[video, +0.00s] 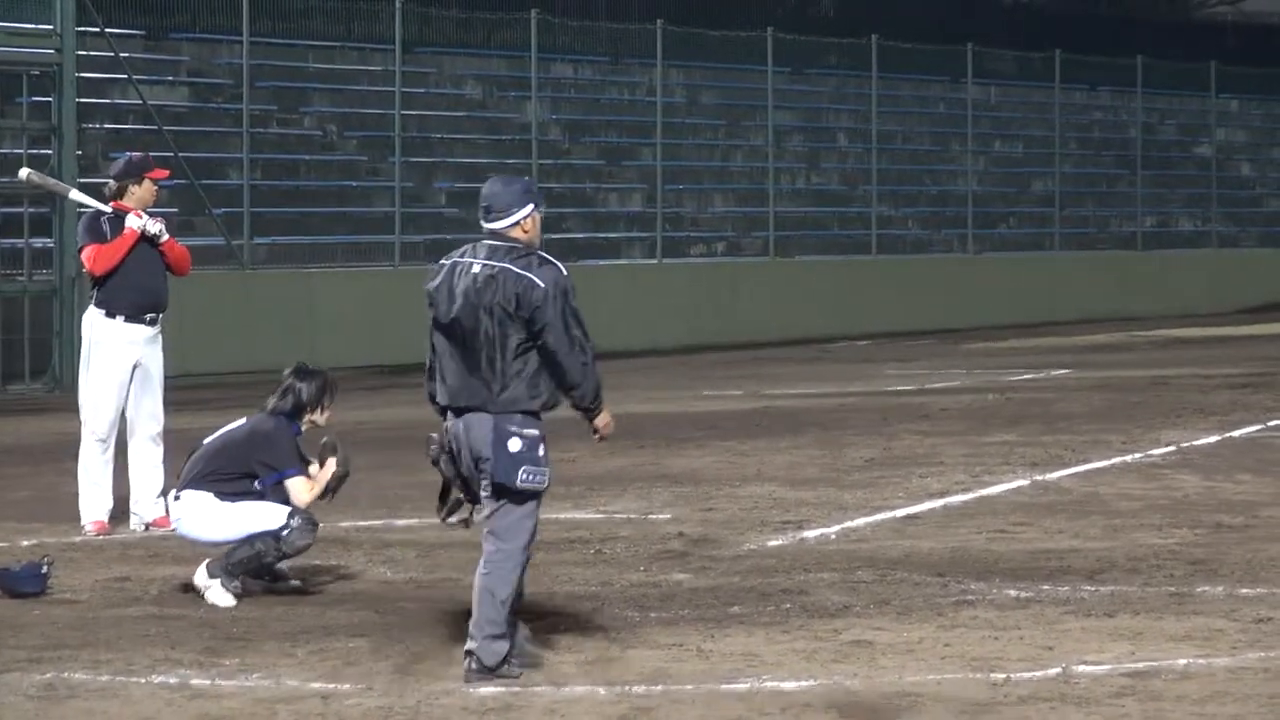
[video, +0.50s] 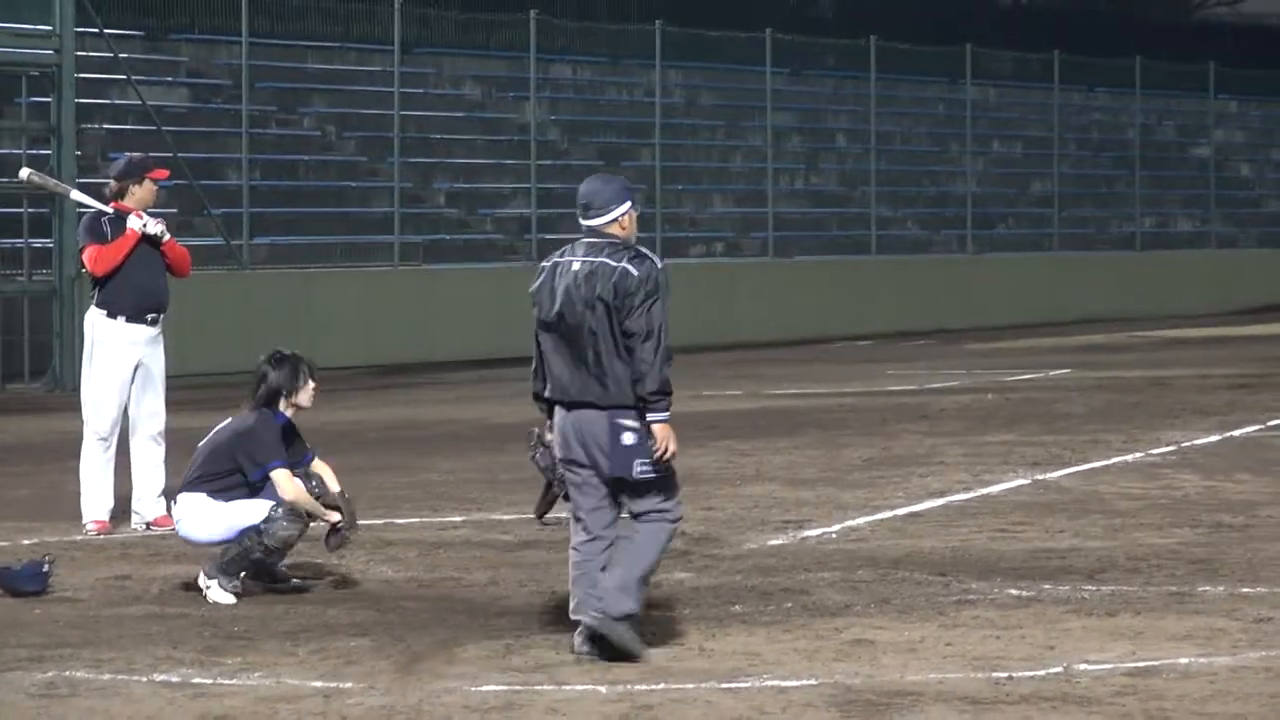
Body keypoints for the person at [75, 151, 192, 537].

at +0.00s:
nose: (156, 189)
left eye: (156, 183)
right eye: (151, 183)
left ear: (136, 186)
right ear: (131, 185)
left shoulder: (153, 225)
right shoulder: (97, 220)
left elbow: (184, 266)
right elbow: (96, 265)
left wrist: (163, 238)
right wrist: (132, 233)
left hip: (150, 333)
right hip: (109, 332)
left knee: (148, 426)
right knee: (100, 428)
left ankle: (149, 511)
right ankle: (95, 516)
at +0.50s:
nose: (156, 189)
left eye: (156, 184)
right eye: (152, 183)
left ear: (134, 187)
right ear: (131, 186)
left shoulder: (152, 226)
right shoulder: (98, 221)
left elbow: (183, 267)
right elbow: (97, 265)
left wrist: (164, 238)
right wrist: (133, 232)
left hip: (151, 333)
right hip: (111, 332)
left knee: (150, 426)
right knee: (102, 427)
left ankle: (150, 510)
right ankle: (96, 516)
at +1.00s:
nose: (159, 191)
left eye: (158, 185)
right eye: (153, 184)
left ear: (137, 188)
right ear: (132, 187)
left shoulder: (155, 227)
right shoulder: (99, 221)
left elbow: (184, 272)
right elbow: (99, 266)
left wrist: (166, 241)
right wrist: (136, 235)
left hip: (153, 335)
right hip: (113, 333)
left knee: (152, 428)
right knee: (103, 429)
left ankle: (151, 512)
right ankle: (98, 517)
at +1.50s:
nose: (159, 191)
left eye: (159, 185)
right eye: (154, 185)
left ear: (138, 189)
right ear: (132, 188)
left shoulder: (155, 229)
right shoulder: (100, 222)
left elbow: (185, 273)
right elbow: (99, 268)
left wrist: (166, 243)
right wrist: (137, 236)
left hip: (155, 335)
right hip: (114, 334)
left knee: (153, 428)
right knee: (104, 429)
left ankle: (152, 512)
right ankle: (99, 517)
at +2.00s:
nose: (156, 192)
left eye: (157, 187)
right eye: (149, 186)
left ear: (148, 190)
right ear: (125, 187)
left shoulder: (156, 228)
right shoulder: (100, 222)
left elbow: (187, 271)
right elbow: (99, 267)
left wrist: (167, 242)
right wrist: (137, 236)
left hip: (155, 335)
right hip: (114, 333)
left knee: (153, 427)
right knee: (104, 428)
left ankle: (151, 513)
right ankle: (98, 517)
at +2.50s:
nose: (156, 191)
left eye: (157, 186)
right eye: (149, 185)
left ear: (153, 190)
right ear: (125, 186)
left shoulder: (158, 228)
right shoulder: (101, 222)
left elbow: (188, 271)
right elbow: (99, 266)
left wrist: (168, 242)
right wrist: (138, 235)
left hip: (156, 335)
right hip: (115, 333)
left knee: (154, 427)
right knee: (104, 428)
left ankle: (151, 512)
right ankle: (98, 516)